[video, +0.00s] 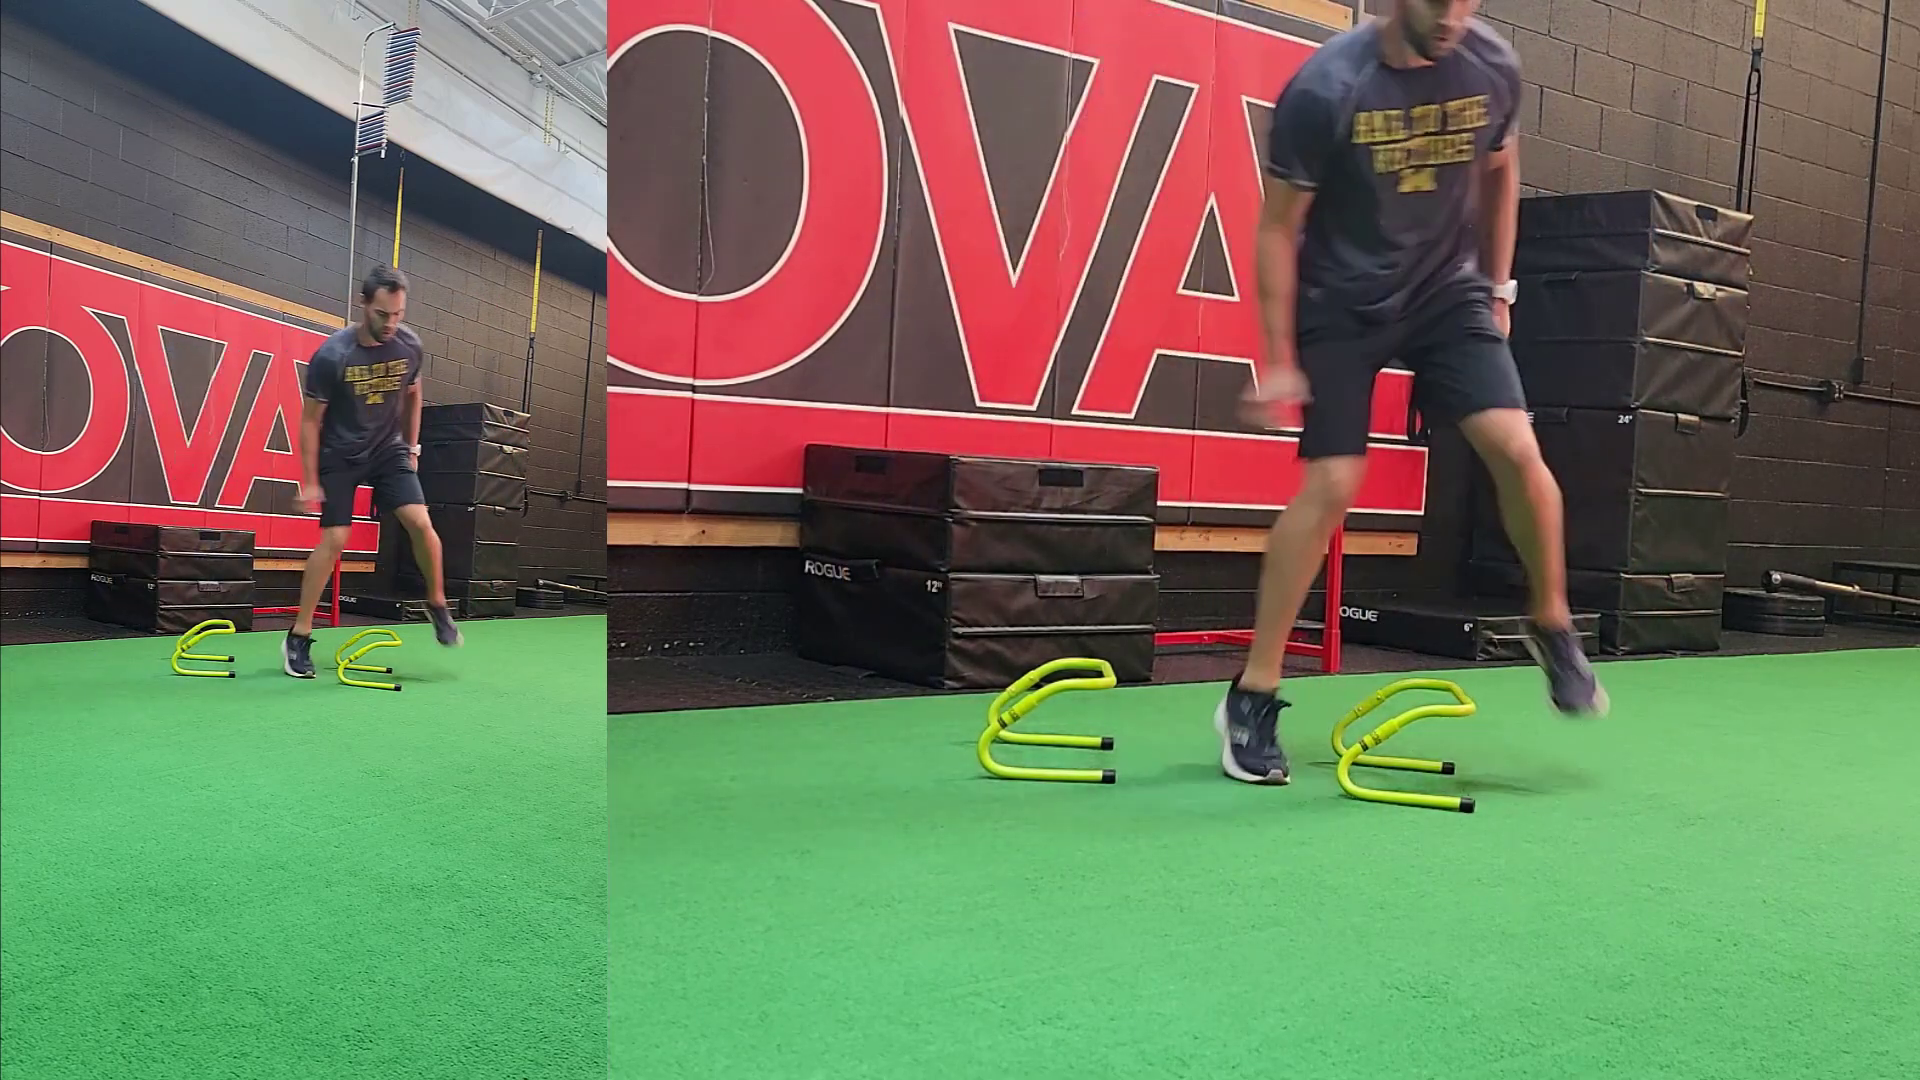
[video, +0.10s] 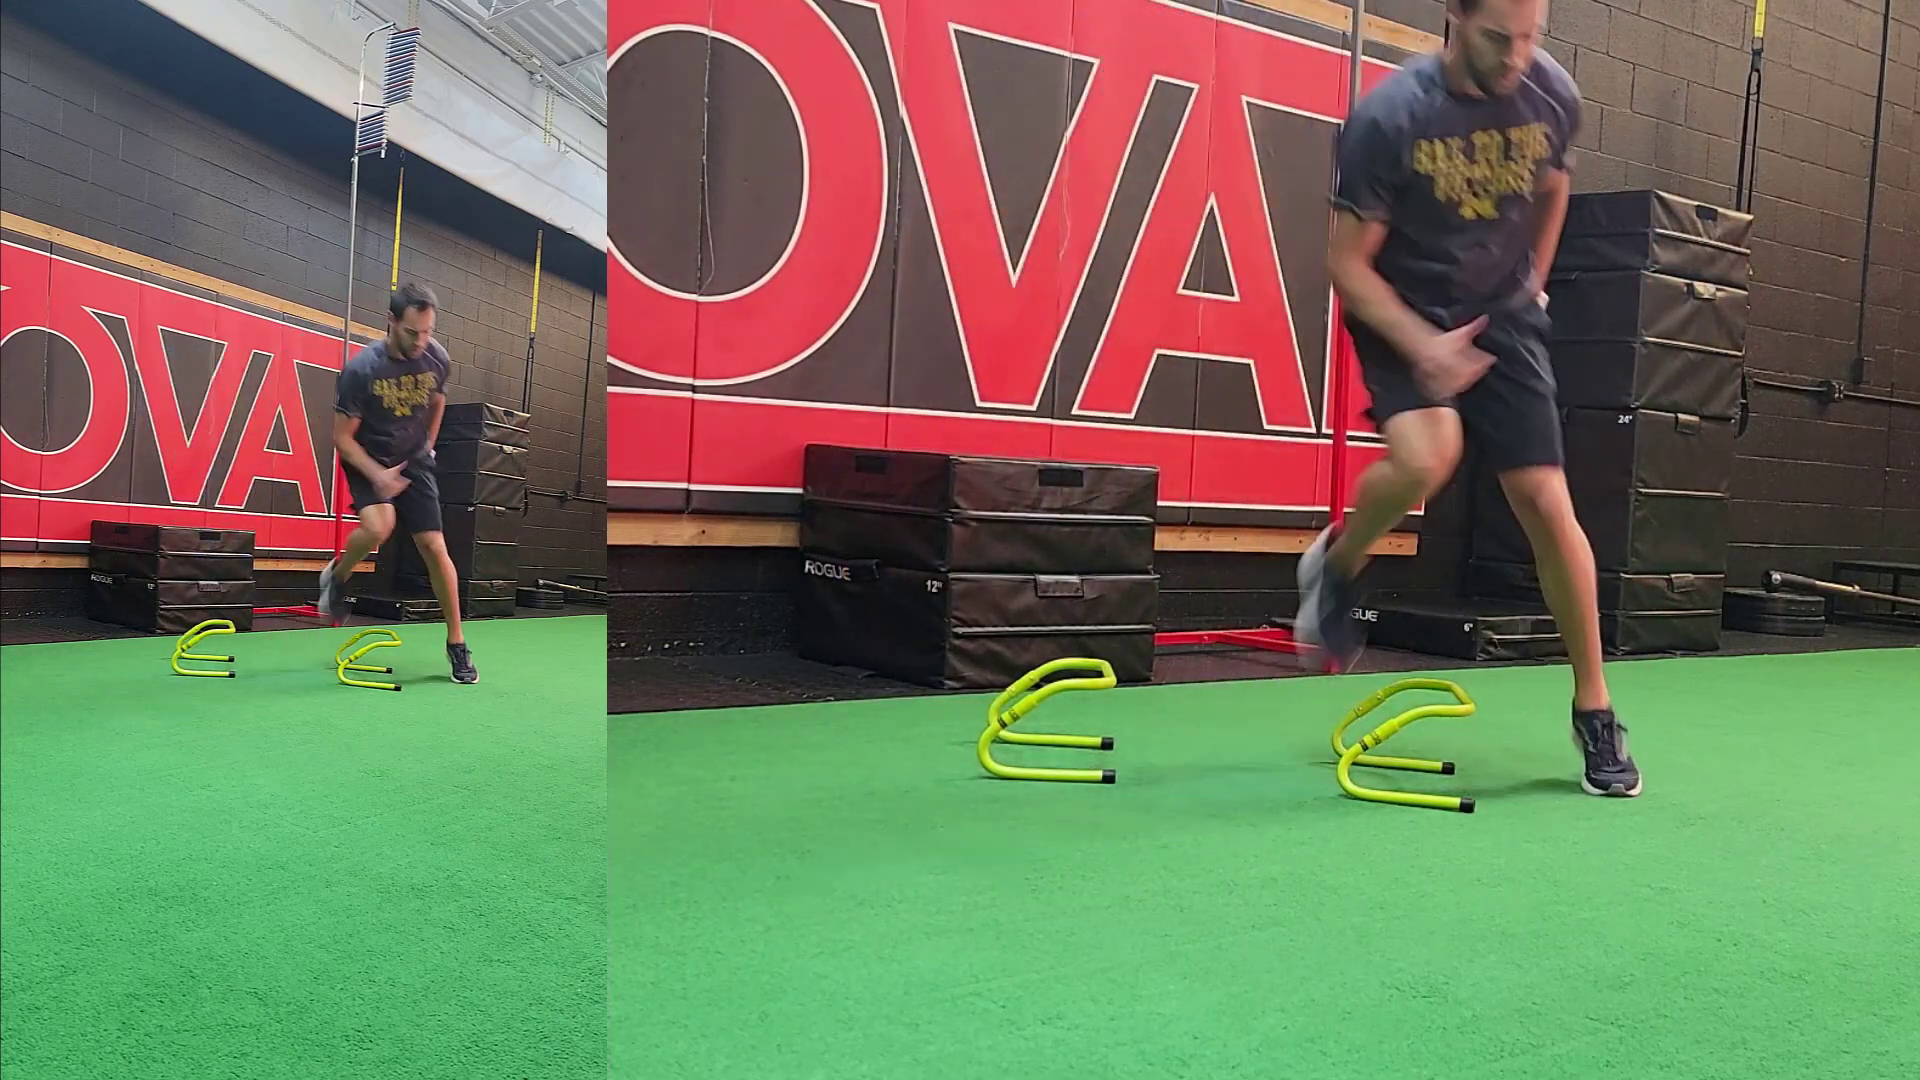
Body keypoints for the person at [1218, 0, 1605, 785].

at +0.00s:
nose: (1453, 22)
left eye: (1465, 8)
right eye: (1437, 7)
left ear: (1477, 5)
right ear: (1393, 1)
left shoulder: (1491, 65)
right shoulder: (1324, 89)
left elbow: (1499, 170)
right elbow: (1277, 226)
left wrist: (1498, 289)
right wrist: (1275, 362)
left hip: (1449, 295)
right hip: (1342, 307)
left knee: (1517, 450)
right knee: (1332, 483)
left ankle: (1554, 623)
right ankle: (1254, 695)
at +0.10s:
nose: (1515, 59)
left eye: (1530, 40)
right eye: (1497, 37)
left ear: (1543, 28)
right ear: (1453, 20)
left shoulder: (1553, 96)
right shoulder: (1387, 116)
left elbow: (1551, 191)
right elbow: (1344, 264)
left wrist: (1535, 283)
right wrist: (1421, 342)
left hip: (1504, 310)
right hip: (1402, 311)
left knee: (1545, 499)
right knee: (1427, 461)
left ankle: (1595, 709)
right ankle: (1333, 566)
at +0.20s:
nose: (1579, 121)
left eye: (1592, 101)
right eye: (1562, 100)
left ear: (1605, 88)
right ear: (1517, 79)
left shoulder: (1605, 155)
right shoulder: (1448, 179)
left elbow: (1591, 244)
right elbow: (1432, 341)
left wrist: (1584, 295)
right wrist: (1556, 316)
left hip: (1550, 368)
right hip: (1449, 369)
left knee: (1598, 528)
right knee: (1497, 492)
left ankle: (1598, 724)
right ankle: (1470, 497)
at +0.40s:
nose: (1649, 187)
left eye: (1665, 168)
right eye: (1633, 164)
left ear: (1678, 153)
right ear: (1592, 139)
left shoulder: (1662, 209)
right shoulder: (1511, 235)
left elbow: (1618, 275)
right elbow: (1492, 394)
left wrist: (1642, 324)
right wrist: (1618, 355)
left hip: (1590, 383)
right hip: (1488, 394)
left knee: (1631, 537)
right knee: (1581, 525)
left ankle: (1604, 726)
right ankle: (1552, 586)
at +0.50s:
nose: (1652, 182)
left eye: (1669, 164)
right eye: (1636, 160)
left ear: (1685, 149)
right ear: (1596, 135)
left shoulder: (1672, 211)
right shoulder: (1517, 230)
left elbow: (1618, 284)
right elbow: (1463, 380)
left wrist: (1619, 345)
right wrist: (1591, 397)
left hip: (1594, 392)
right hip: (1498, 397)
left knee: (1640, 537)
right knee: (1590, 522)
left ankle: (1609, 726)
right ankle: (1570, 592)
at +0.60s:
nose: (1638, 158)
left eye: (1656, 141)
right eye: (1624, 136)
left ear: (1674, 133)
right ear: (1589, 118)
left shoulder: (1668, 211)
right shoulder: (1509, 213)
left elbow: (1665, 295)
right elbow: (1436, 347)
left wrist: (1658, 384)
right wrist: (1508, 460)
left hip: (1601, 400)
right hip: (1508, 400)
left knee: (1637, 540)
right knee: (1580, 514)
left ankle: (1610, 725)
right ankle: (1568, 597)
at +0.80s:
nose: (1563, 98)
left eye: (1583, 81)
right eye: (1551, 75)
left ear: (1611, 81)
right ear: (1524, 64)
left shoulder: (1628, 181)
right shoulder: (1454, 163)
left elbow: (1633, 303)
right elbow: (1336, 245)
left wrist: (1647, 344)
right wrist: (1263, 329)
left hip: (1551, 374)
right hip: (1444, 347)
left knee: (1612, 544)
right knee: (1493, 445)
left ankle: (1603, 727)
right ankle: (1412, 549)